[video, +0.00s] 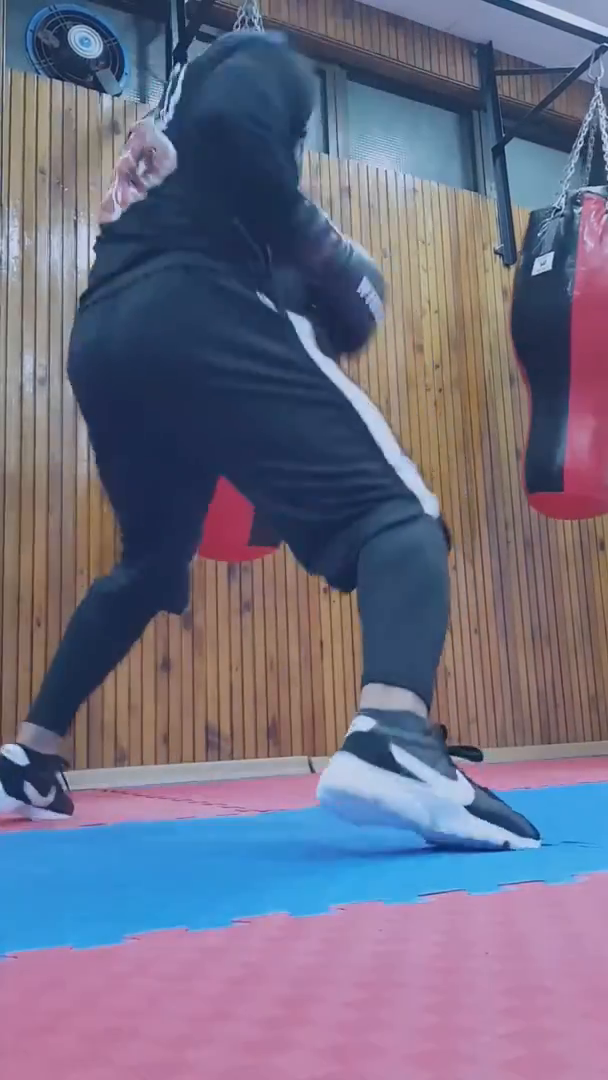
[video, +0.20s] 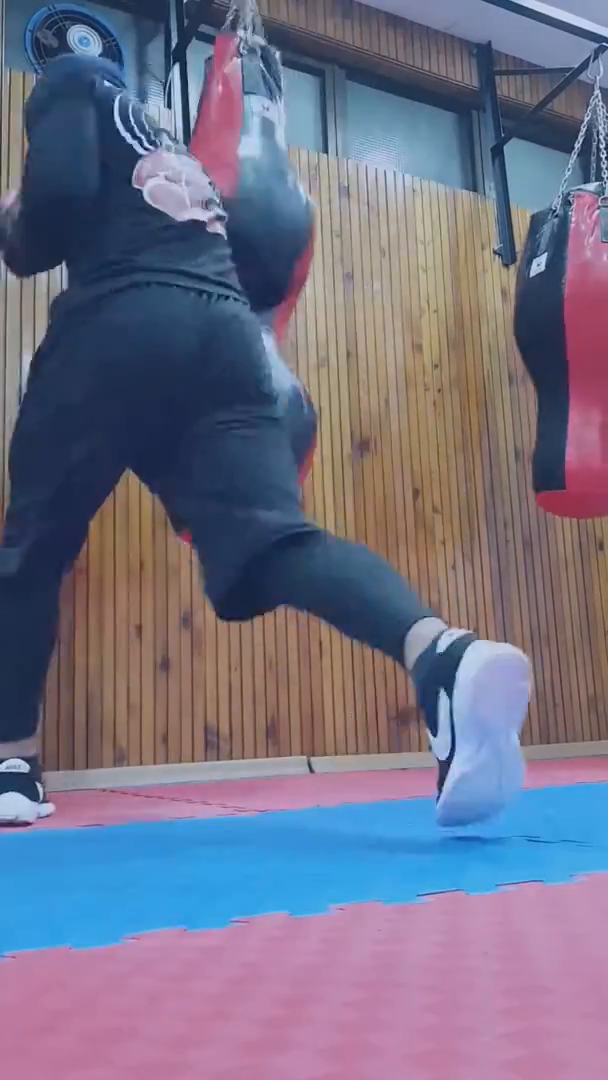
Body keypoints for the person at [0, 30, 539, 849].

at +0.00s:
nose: (306, 94)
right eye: (304, 79)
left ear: (219, 51)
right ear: (279, 46)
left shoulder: (166, 129)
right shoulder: (265, 55)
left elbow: (219, 251)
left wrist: (321, 298)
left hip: (98, 338)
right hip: (192, 306)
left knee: (148, 567)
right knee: (398, 517)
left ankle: (31, 755)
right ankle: (393, 730)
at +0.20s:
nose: (45, 73)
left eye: (47, 59)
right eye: (50, 61)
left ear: (59, 53)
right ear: (116, 63)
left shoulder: (69, 82)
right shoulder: (172, 142)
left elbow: (60, 195)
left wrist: (14, 235)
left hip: (118, 322)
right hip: (226, 325)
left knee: (30, 549)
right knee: (274, 542)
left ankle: (12, 761)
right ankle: (442, 656)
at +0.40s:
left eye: (65, 79)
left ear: (69, 90)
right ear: (150, 84)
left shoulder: (42, 128)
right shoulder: (214, 131)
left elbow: (15, 271)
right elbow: (285, 278)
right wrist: (193, 278)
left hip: (121, 350)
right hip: (241, 346)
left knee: (44, 564)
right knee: (320, 551)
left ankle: (15, 764)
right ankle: (364, 689)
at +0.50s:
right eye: (207, 29)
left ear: (114, 50)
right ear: (197, 37)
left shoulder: (71, 112)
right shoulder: (244, 94)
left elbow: (36, 262)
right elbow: (318, 245)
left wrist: (105, 176)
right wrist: (229, 186)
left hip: (130, 342)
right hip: (248, 326)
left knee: (78, 557)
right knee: (357, 535)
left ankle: (19, 765)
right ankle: (382, 716)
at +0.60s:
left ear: (160, 18)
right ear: (246, 7)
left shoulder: (125, 87)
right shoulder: (297, 49)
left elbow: (87, 241)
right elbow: (361, 213)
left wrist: (179, 193)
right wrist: (276, 155)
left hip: (163, 314)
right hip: (279, 292)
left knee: (124, 548)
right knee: (387, 523)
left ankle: (27, 767)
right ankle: (348, 763)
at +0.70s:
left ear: (229, 2)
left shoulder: (194, 65)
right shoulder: (358, 20)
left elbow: (136, 209)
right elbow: (404, 201)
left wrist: (204, 273)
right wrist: (314, 143)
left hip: (215, 289)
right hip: (324, 267)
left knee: (185, 545)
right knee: (410, 517)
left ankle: (77, 755)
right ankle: (353, 772)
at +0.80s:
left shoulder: (243, 40)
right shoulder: (423, 13)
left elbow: (166, 132)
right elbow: (446, 173)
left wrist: (239, 228)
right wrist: (409, 209)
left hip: (260, 258)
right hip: (368, 242)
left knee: (265, 514)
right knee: (421, 504)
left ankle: (208, 743)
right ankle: (355, 769)